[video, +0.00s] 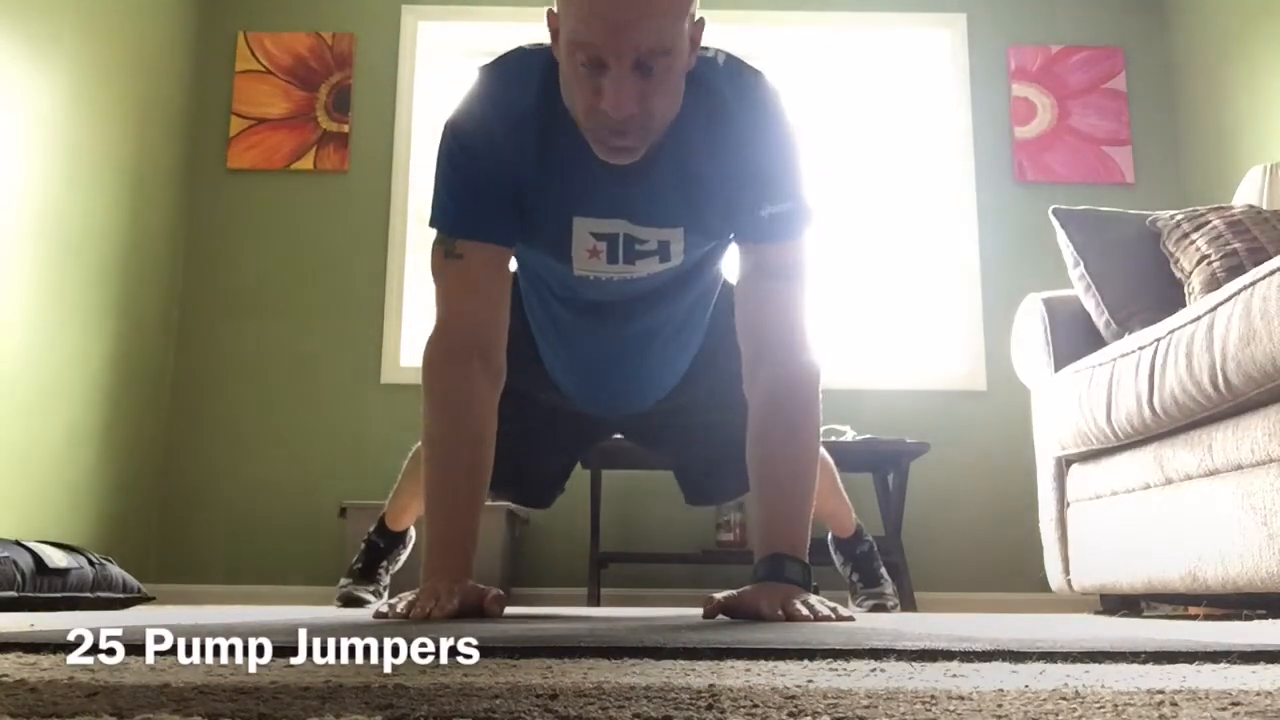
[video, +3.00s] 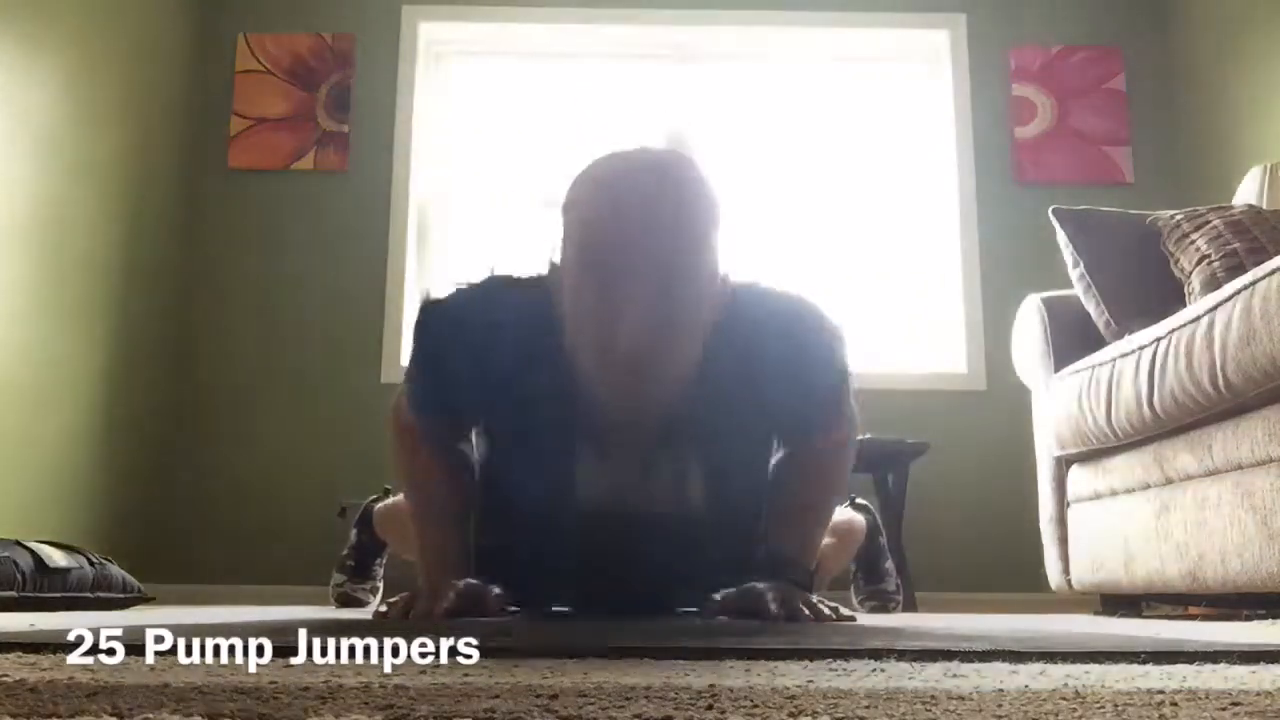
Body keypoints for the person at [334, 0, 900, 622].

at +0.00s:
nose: (618, 101)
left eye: (651, 65)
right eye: (591, 63)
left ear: (694, 42)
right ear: (554, 36)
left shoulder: (743, 110)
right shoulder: (499, 110)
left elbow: (780, 359)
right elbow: (462, 351)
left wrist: (782, 575)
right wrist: (444, 581)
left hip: (690, 336)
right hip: (541, 335)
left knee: (789, 455)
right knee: (450, 450)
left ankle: (856, 550)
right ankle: (384, 543)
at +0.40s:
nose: (624, 197)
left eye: (646, 177)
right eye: (599, 177)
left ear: (696, 83)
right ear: (555, 90)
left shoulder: (747, 113)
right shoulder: (495, 118)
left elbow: (783, 362)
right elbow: (462, 355)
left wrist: (783, 576)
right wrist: (445, 582)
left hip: (693, 328)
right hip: (544, 326)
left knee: (793, 452)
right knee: (451, 449)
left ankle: (860, 547)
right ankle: (386, 545)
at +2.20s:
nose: (622, 194)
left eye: (655, 155)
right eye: (590, 153)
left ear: (696, 123)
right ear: (553, 115)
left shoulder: (754, 168)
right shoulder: (486, 172)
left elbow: (791, 377)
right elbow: (450, 377)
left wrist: (782, 576)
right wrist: (445, 584)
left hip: (701, 379)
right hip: (534, 379)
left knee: (793, 450)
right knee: (442, 447)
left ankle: (861, 549)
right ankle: (379, 552)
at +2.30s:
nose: (623, 235)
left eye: (657, 199)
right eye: (591, 198)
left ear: (700, 179)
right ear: (554, 179)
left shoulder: (761, 233)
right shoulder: (479, 234)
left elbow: (797, 402)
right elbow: (440, 408)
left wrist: (779, 573)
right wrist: (447, 582)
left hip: (704, 420)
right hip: (532, 419)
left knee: (801, 469)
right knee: (435, 462)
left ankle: (859, 540)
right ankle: (380, 532)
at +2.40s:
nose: (627, 322)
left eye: (661, 282)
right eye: (593, 279)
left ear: (709, 268)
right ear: (551, 266)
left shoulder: (768, 306)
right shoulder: (471, 306)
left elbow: (804, 434)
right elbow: (435, 431)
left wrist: (781, 575)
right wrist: (445, 587)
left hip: (708, 465)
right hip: (530, 466)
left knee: (800, 482)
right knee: (437, 477)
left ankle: (859, 540)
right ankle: (374, 533)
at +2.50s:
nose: (627, 410)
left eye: (659, 369)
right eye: (596, 369)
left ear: (713, 344)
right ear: (547, 342)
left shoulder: (789, 369)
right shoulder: (462, 360)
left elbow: (825, 427)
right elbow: (418, 432)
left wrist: (781, 572)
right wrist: (448, 578)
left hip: (714, 530)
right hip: (525, 529)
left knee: (830, 521)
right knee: (417, 516)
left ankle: (860, 544)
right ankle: (369, 534)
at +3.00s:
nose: (628, 337)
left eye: (662, 306)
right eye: (604, 297)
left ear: (715, 281)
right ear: (563, 268)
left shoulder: (790, 340)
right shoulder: (471, 329)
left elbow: (826, 434)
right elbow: (421, 426)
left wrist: (778, 576)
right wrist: (446, 584)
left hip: (706, 585)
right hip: (531, 580)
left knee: (842, 534)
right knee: (402, 524)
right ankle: (382, 521)